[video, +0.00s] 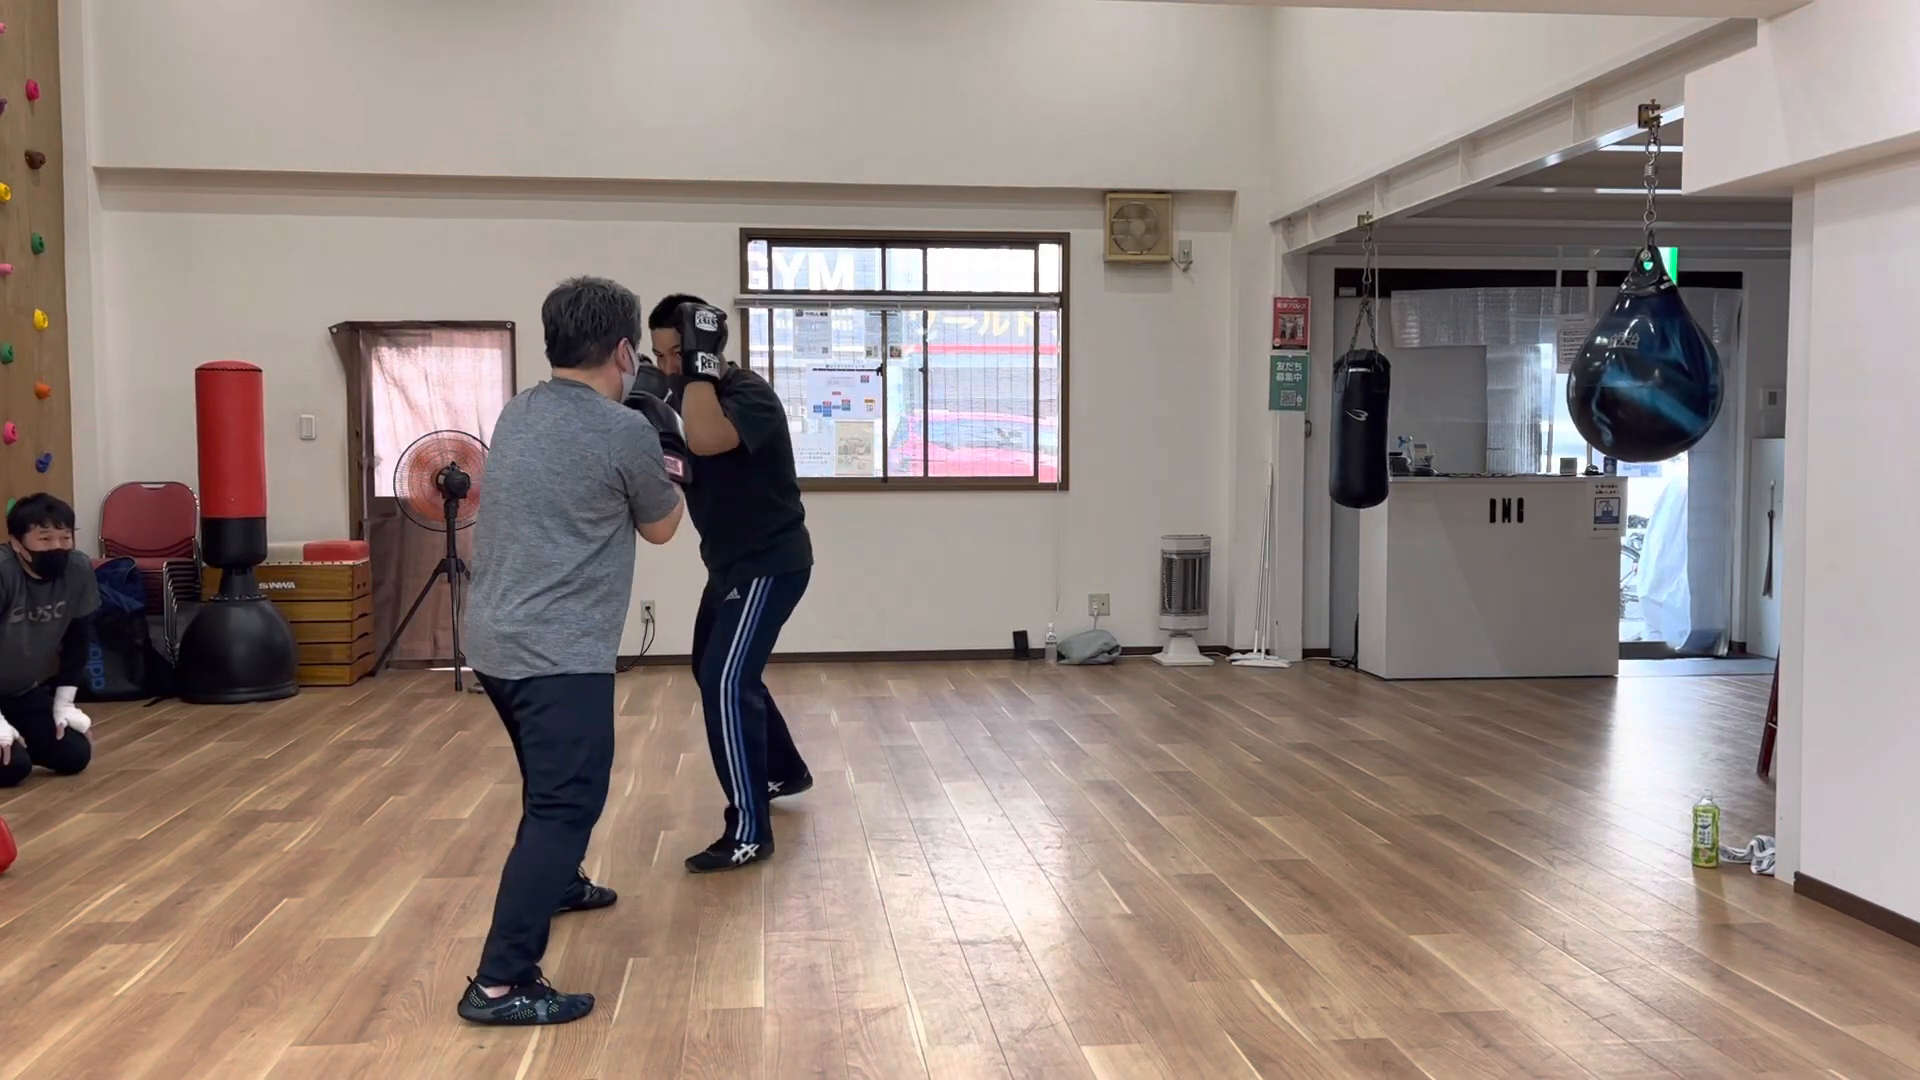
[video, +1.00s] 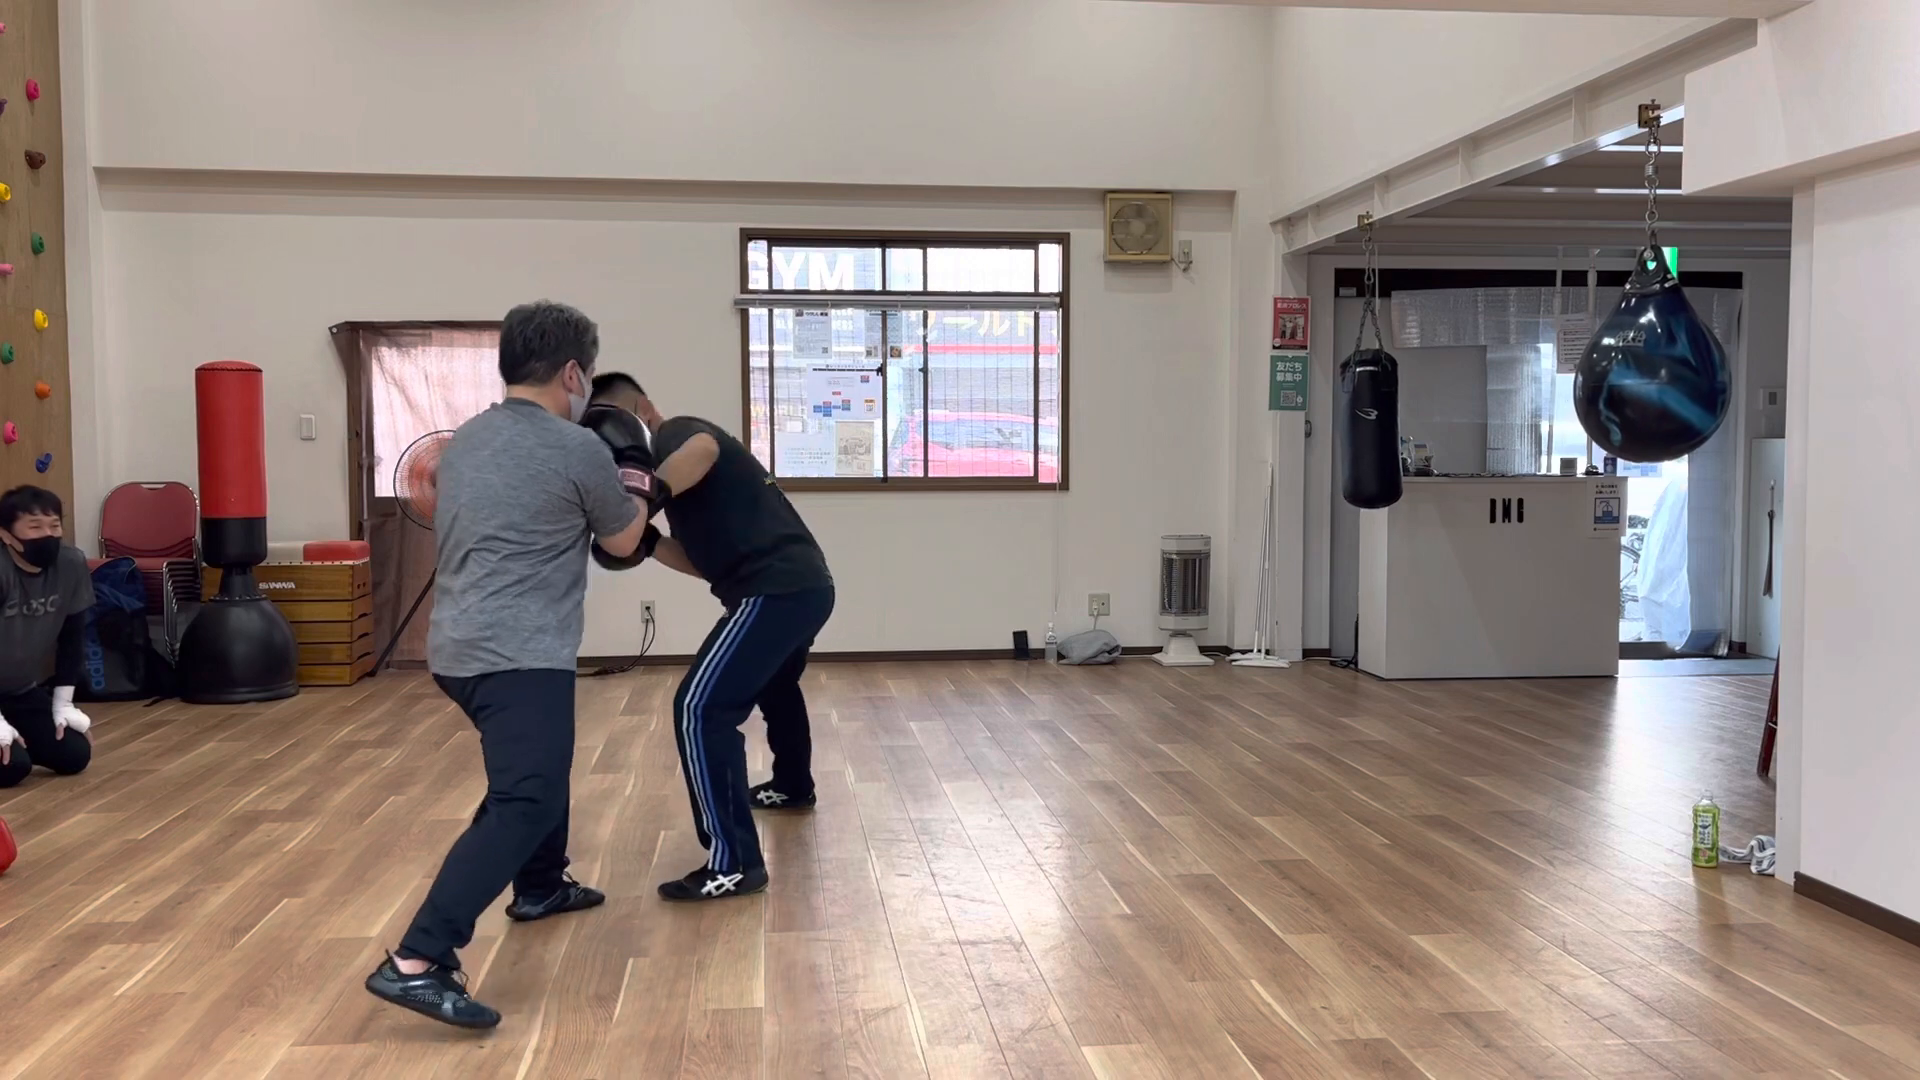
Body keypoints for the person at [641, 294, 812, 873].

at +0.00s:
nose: (667, 365)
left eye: (674, 353)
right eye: (660, 355)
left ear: (705, 348)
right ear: (657, 356)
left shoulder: (751, 396)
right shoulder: (693, 403)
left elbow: (706, 437)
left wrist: (701, 365)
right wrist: (645, 410)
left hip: (768, 565)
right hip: (730, 565)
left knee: (724, 677)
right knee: (714, 666)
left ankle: (748, 833)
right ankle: (784, 769)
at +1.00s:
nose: (609, 434)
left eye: (612, 420)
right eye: (601, 426)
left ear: (644, 410)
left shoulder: (676, 432)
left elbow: (703, 447)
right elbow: (708, 564)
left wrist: (653, 483)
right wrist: (641, 537)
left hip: (774, 590)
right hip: (799, 587)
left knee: (698, 710)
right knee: (778, 689)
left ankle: (733, 865)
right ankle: (794, 784)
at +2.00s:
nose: (635, 343)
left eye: (647, 331)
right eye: (627, 333)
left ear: (681, 326)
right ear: (622, 332)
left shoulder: (714, 385)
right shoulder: (638, 394)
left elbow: (740, 458)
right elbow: (603, 461)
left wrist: (667, 414)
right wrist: (578, 397)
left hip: (715, 560)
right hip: (678, 562)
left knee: (672, 689)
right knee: (712, 672)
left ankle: (657, 850)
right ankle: (777, 762)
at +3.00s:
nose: (624, 342)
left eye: (633, 329)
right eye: (617, 331)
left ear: (672, 322)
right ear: (619, 329)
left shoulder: (703, 380)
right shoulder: (651, 382)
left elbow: (694, 463)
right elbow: (613, 458)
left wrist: (628, 402)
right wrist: (586, 390)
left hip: (701, 567)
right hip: (679, 565)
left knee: (639, 693)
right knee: (697, 690)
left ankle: (649, 857)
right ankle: (748, 802)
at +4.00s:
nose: (625, 323)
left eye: (638, 309)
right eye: (613, 312)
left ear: (673, 304)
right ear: (604, 316)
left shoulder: (711, 374)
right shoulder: (617, 397)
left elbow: (736, 438)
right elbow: (582, 470)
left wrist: (680, 358)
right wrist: (561, 393)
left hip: (694, 578)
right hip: (646, 582)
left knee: (648, 719)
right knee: (684, 709)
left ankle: (653, 895)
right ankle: (756, 821)